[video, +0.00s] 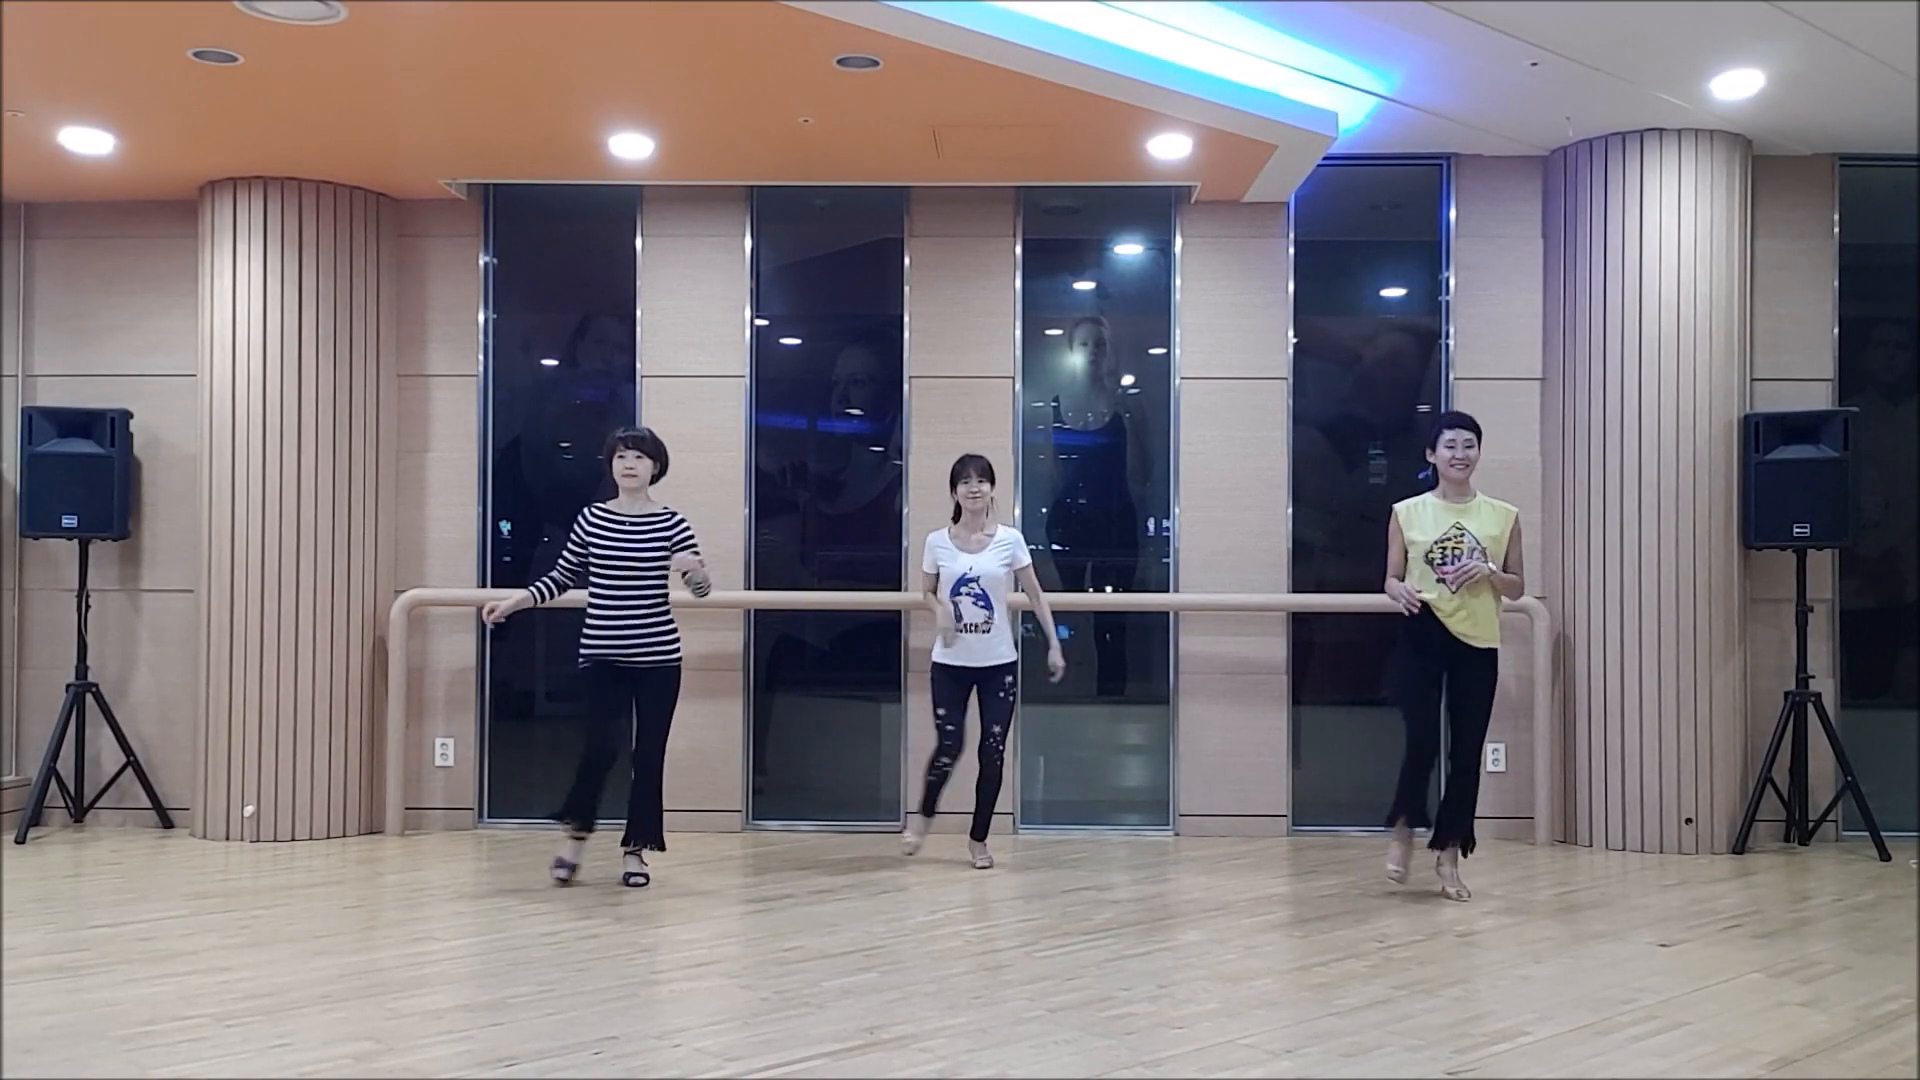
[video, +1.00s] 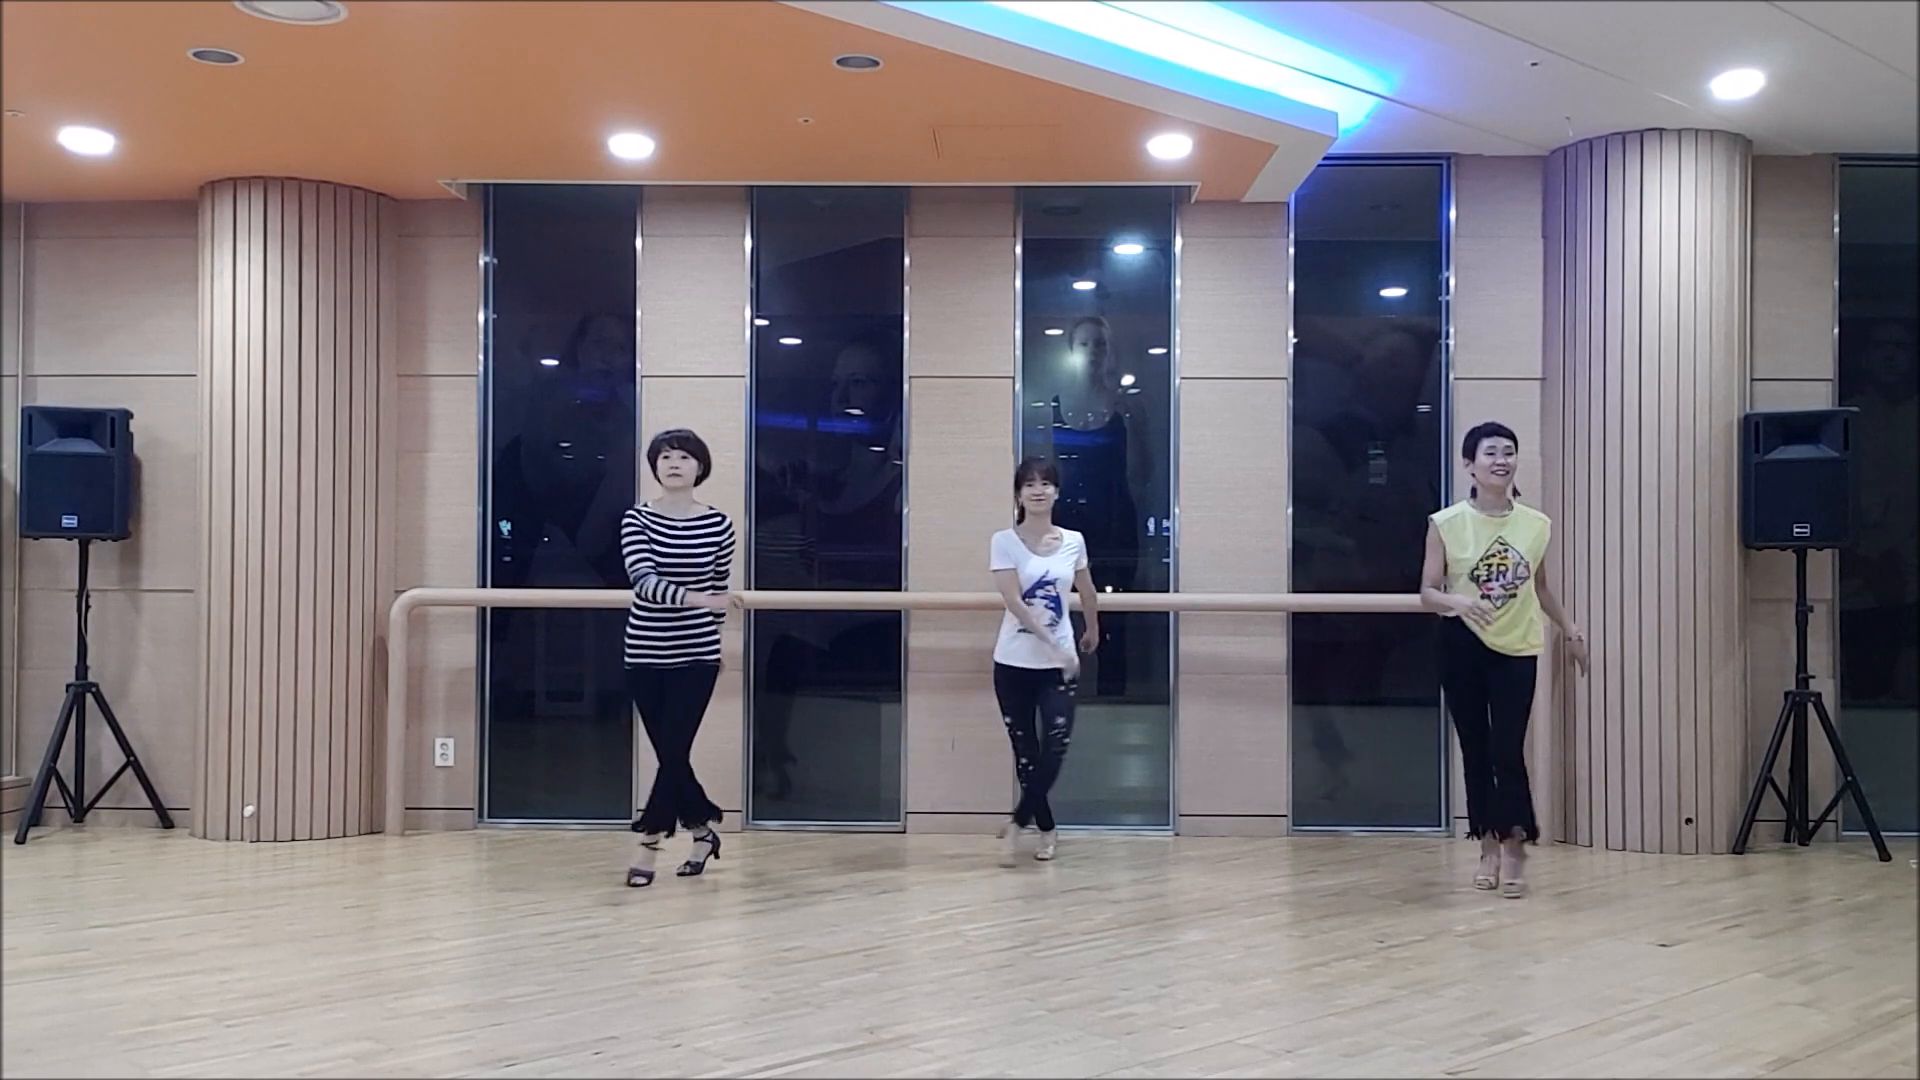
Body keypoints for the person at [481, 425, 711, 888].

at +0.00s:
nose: (629, 463)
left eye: (639, 457)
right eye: (621, 456)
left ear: (656, 467)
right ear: (611, 465)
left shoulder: (671, 522)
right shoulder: (592, 517)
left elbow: (701, 591)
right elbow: (562, 577)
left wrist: (696, 571)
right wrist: (515, 601)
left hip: (657, 653)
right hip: (602, 652)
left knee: (649, 756)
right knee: (601, 747)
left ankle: (635, 851)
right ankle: (574, 840)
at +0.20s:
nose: (630, 462)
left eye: (640, 456)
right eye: (623, 456)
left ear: (656, 468)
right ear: (611, 465)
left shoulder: (671, 523)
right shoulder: (593, 518)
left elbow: (675, 593)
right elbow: (570, 582)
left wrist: (633, 559)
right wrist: (521, 612)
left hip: (658, 654)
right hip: (602, 652)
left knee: (649, 756)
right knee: (599, 746)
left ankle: (636, 851)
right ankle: (583, 841)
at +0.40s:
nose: (632, 460)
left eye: (641, 454)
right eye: (624, 454)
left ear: (658, 466)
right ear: (612, 463)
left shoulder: (674, 515)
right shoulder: (598, 516)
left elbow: (675, 571)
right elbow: (576, 583)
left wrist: (632, 529)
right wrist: (523, 610)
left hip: (643, 654)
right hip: (586, 647)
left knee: (632, 754)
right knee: (562, 745)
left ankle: (633, 853)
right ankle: (528, 851)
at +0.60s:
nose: (642, 465)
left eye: (652, 459)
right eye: (635, 459)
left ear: (669, 469)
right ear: (624, 469)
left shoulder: (685, 518)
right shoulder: (609, 519)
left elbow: (678, 553)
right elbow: (582, 579)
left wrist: (649, 546)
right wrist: (528, 599)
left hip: (653, 659)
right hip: (596, 651)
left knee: (639, 757)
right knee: (561, 747)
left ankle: (630, 854)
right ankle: (527, 851)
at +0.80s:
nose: (657, 466)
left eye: (667, 461)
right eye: (650, 459)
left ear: (682, 472)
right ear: (638, 468)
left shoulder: (696, 526)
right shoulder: (615, 520)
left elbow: (706, 587)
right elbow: (585, 574)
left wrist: (715, 640)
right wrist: (593, 589)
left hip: (677, 658)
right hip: (620, 655)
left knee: (658, 756)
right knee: (605, 745)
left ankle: (631, 848)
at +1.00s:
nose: (674, 464)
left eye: (684, 457)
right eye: (665, 458)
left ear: (700, 467)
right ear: (654, 468)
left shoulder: (719, 523)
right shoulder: (636, 519)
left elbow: (721, 592)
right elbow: (644, 582)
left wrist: (715, 643)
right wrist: (700, 599)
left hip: (697, 652)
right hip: (644, 651)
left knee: (674, 750)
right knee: (669, 750)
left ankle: (647, 845)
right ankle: (705, 831)